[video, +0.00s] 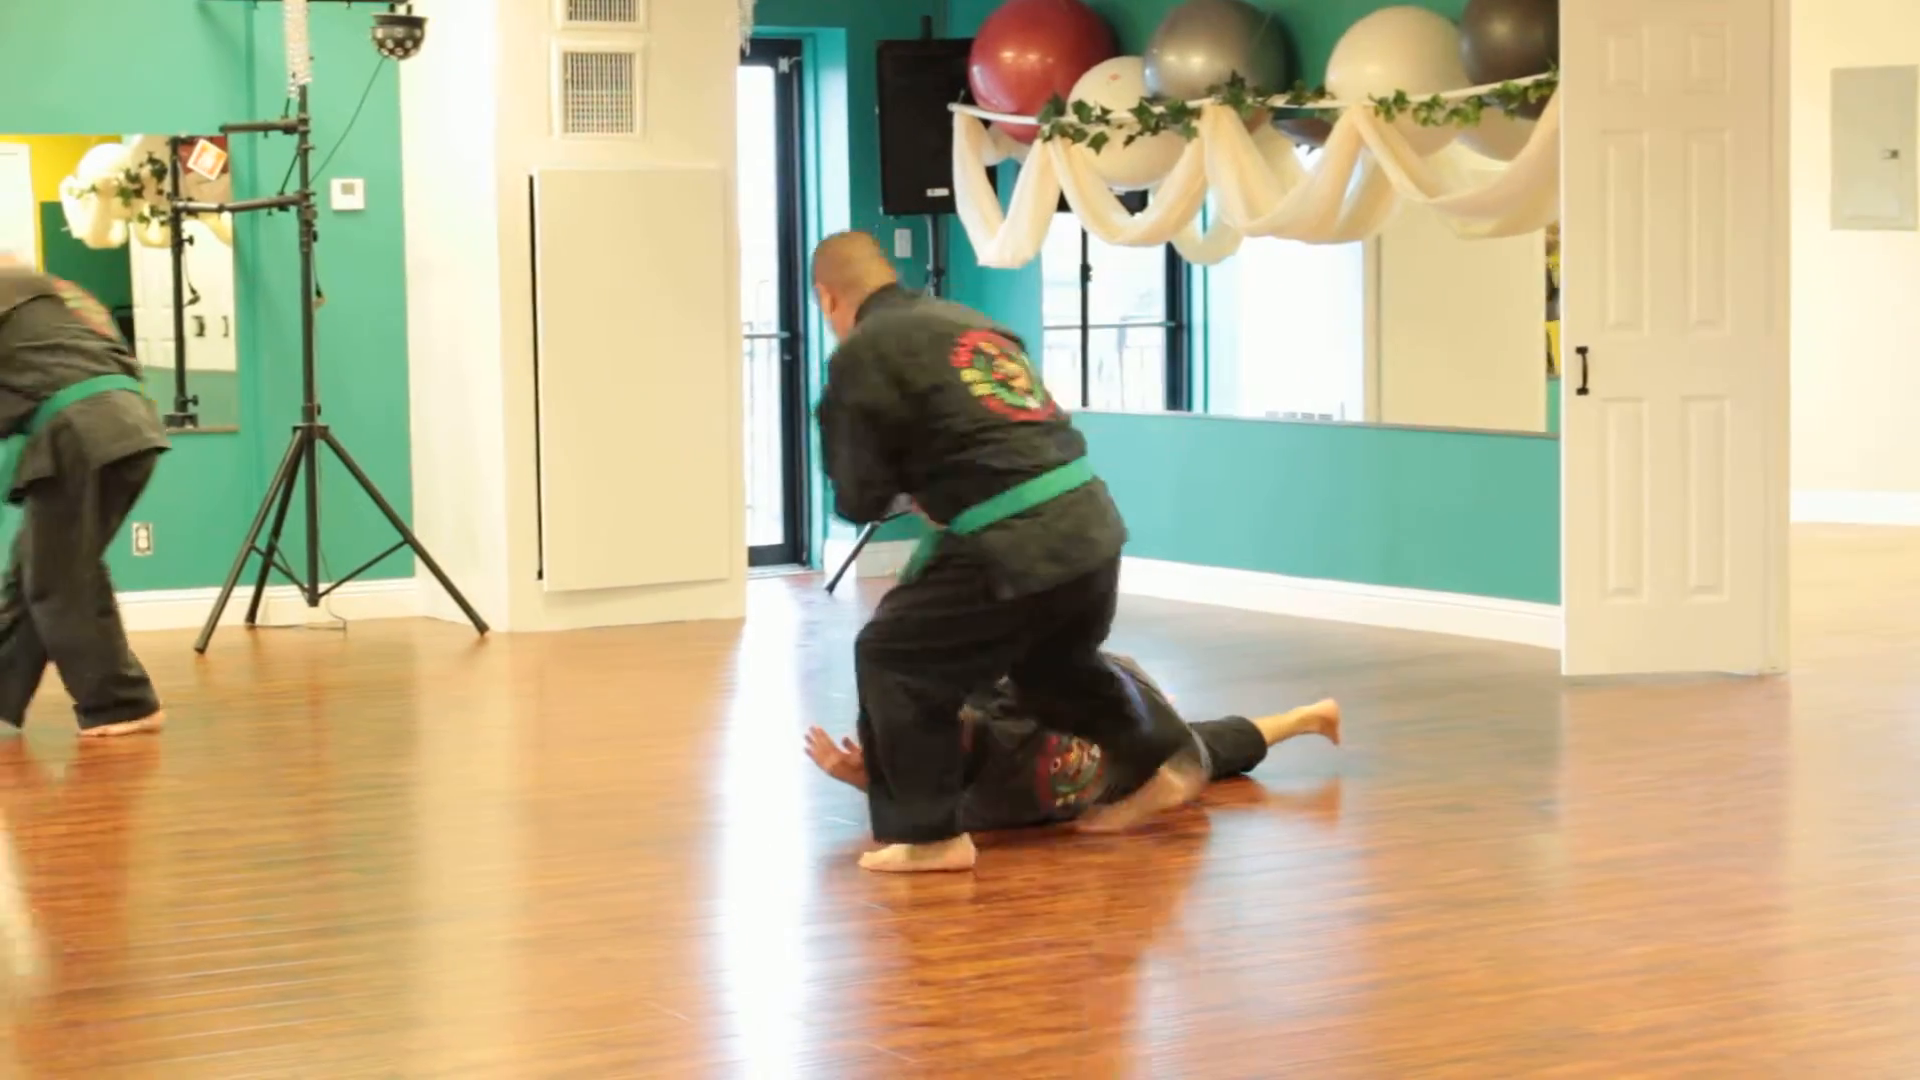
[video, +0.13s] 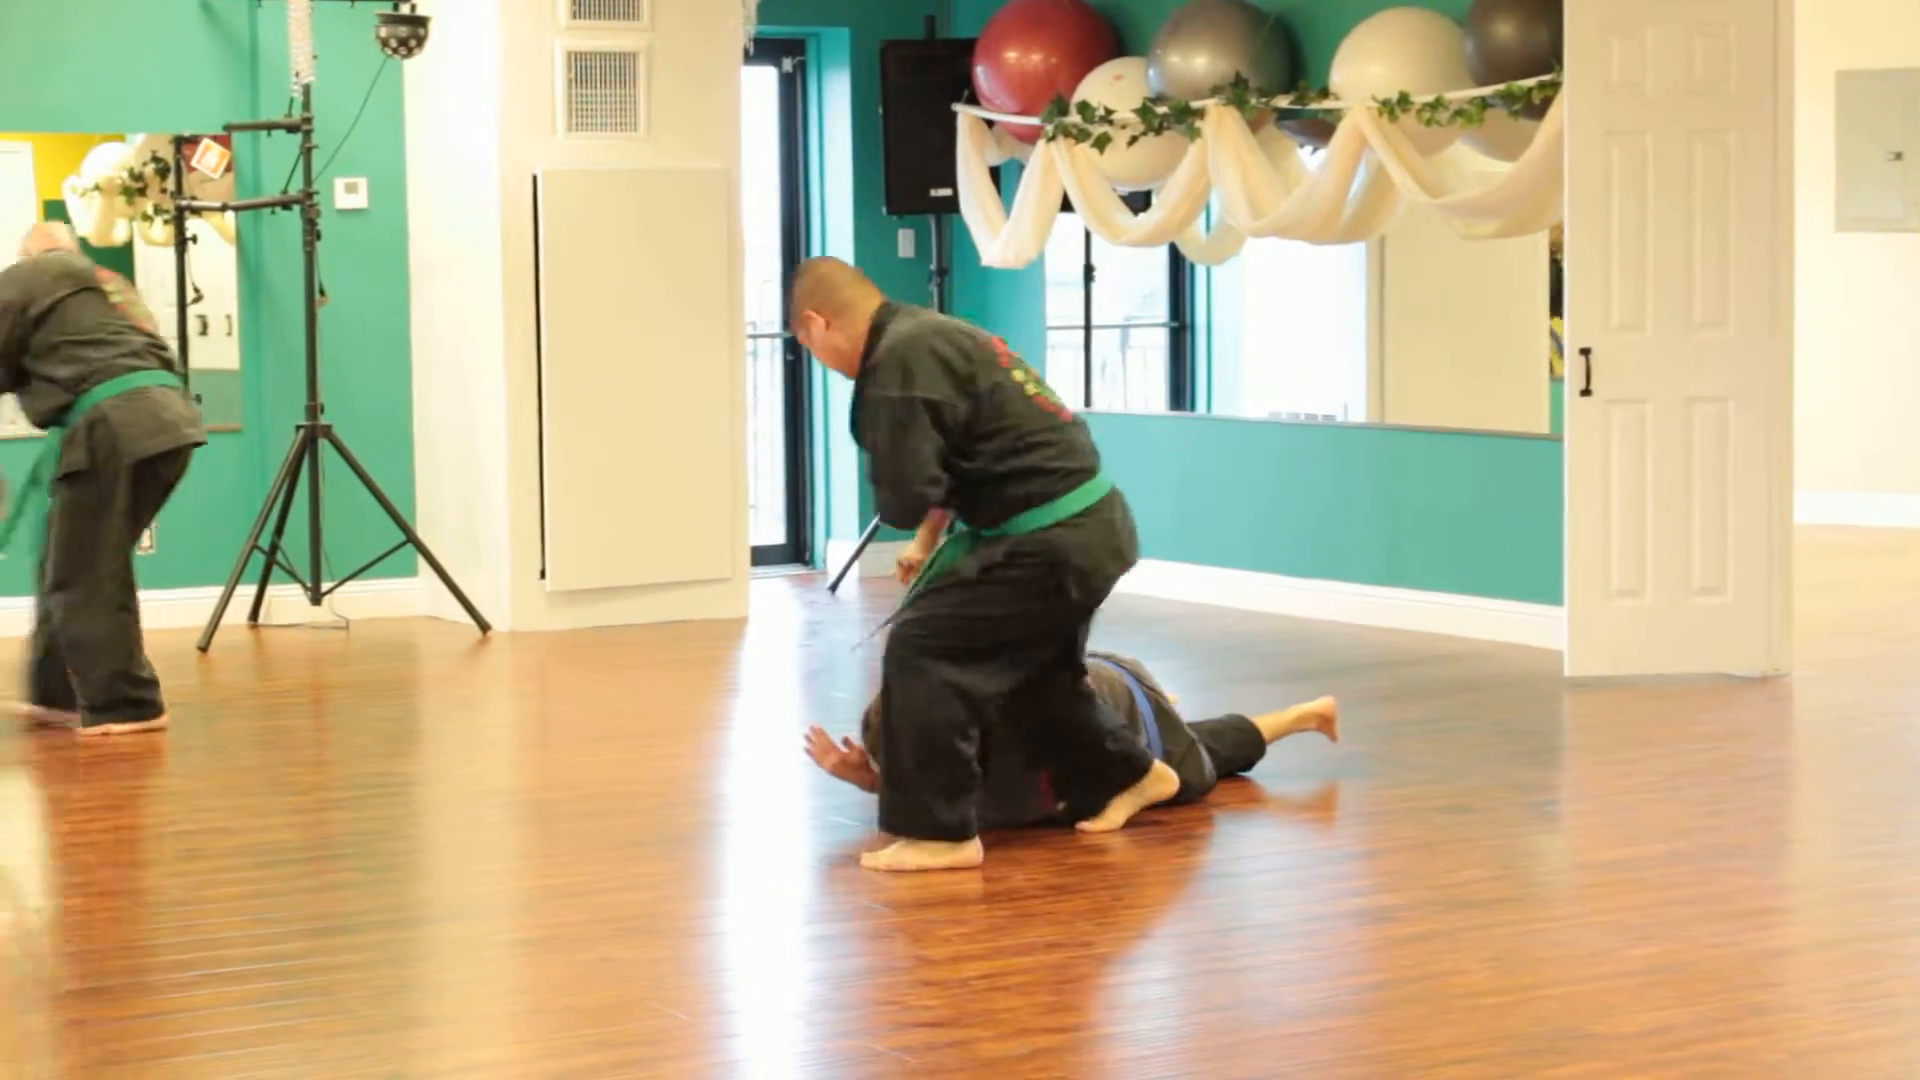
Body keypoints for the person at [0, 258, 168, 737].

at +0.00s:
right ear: (17, 267)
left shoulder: (8, 292)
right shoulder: (53, 293)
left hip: (79, 435)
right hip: (137, 429)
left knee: (56, 578)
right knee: (30, 580)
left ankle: (120, 703)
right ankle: (3, 708)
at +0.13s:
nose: (22, 254)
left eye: (24, 249)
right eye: (28, 248)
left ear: (30, 250)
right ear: (73, 249)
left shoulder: (22, 277)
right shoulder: (107, 281)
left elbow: (6, 371)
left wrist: (35, 379)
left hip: (113, 429)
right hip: (174, 423)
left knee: (80, 572)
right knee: (80, 560)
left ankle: (126, 702)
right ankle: (57, 693)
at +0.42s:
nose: (95, 247)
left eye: (96, 239)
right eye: (94, 240)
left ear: (112, 232)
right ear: (150, 225)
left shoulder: (108, 265)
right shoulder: (190, 263)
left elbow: (87, 369)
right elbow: (230, 333)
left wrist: (106, 438)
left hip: (191, 420)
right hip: (254, 411)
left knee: (138, 562)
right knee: (239, 553)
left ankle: (137, 708)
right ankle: (289, 684)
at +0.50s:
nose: (122, 258)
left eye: (122, 249)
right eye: (120, 249)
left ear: (137, 238)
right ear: (175, 231)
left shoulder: (140, 274)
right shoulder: (218, 269)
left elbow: (112, 376)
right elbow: (262, 335)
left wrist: (118, 455)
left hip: (223, 423)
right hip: (285, 415)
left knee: (151, 557)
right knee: (254, 551)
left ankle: (136, 706)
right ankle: (295, 684)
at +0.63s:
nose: (153, 250)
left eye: (154, 240)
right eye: (152, 242)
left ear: (172, 233)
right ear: (209, 231)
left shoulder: (163, 276)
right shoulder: (252, 267)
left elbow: (150, 384)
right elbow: (284, 344)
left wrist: (146, 469)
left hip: (246, 417)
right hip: (312, 412)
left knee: (182, 556)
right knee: (270, 558)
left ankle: (153, 700)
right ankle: (291, 687)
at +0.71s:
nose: (169, 245)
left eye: (170, 237)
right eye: (169, 238)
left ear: (186, 231)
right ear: (222, 226)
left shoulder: (175, 269)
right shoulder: (269, 261)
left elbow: (162, 377)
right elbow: (297, 336)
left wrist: (160, 458)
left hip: (256, 414)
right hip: (322, 407)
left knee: (200, 555)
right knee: (288, 557)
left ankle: (182, 701)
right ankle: (291, 689)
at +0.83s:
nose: (186, 234)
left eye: (188, 225)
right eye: (187, 227)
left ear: (204, 219)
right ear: (243, 217)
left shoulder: (193, 261)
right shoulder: (289, 257)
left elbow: (175, 363)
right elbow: (309, 339)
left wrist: (171, 435)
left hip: (267, 412)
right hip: (334, 406)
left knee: (229, 552)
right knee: (302, 553)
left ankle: (258, 692)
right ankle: (298, 684)